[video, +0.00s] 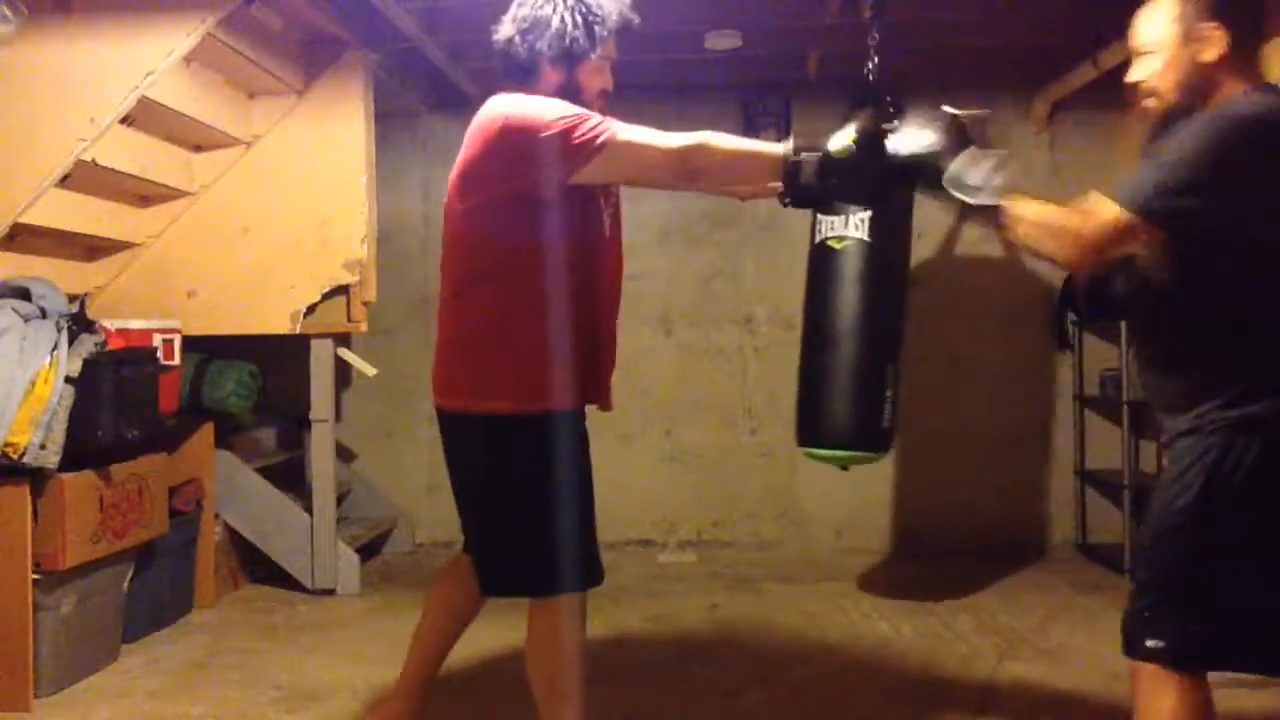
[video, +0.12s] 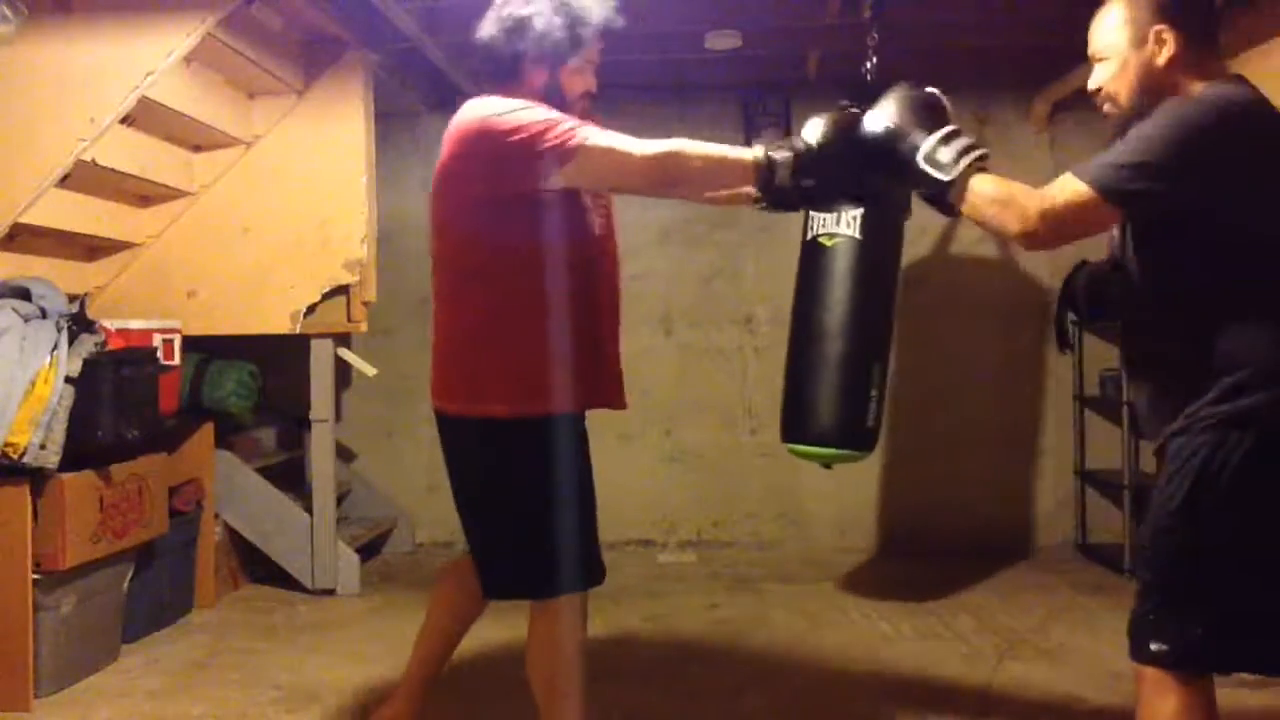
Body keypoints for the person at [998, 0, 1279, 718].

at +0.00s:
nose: (1133, 75)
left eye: (1146, 54)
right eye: (1134, 57)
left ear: (1210, 44)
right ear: (1208, 48)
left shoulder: (1230, 129)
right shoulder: (1244, 123)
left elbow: (1080, 240)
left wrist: (993, 192)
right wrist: (1022, 212)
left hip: (1229, 429)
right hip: (1238, 423)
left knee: (1160, 647)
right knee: (1172, 644)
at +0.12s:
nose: (1093, 84)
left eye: (1103, 60)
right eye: (1092, 64)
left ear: (1162, 45)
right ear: (1167, 46)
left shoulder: (1197, 122)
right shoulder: (1242, 115)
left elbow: (1033, 219)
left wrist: (927, 148)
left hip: (1234, 421)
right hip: (1257, 412)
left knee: (1167, 653)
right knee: (1183, 646)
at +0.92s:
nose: (1261, 49)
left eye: (1269, 33)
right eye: (1259, 38)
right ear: (1262, 57)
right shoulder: (1276, 169)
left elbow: (1272, 297)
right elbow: (1266, 296)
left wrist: (1225, 293)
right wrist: (1205, 294)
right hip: (1276, 457)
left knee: (1226, 654)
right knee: (1230, 654)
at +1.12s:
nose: (1214, 33)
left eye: (1231, 9)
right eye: (1214, 15)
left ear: (1276, 11)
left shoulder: (1274, 109)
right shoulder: (1266, 106)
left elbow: (1173, 261)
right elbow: (1224, 225)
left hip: (1272, 441)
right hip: (1267, 434)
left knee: (1197, 670)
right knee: (1224, 668)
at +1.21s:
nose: (1175, 37)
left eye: (1192, 11)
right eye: (1177, 16)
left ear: (1260, 12)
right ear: (1255, 19)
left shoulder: (1253, 115)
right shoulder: (1254, 112)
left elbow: (1129, 268)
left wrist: (1088, 125)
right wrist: (1174, 108)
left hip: (1258, 453)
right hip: (1256, 446)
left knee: (1173, 681)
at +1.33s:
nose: (1115, 44)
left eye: (1127, 17)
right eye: (1115, 21)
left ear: (1193, 12)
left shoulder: (1186, 118)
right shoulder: (1261, 102)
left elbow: (1082, 290)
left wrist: (1015, 170)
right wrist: (1093, 155)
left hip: (1204, 475)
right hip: (1263, 465)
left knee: (1132, 690)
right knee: (1247, 684)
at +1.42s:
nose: (1086, 44)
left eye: (1097, 16)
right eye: (1088, 20)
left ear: (1158, 7)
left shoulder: (1145, 112)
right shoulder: (1261, 91)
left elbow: (1037, 279)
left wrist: (984, 147)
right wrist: (1095, 124)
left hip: (1176, 477)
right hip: (1260, 464)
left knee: (1132, 694)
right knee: (1239, 691)